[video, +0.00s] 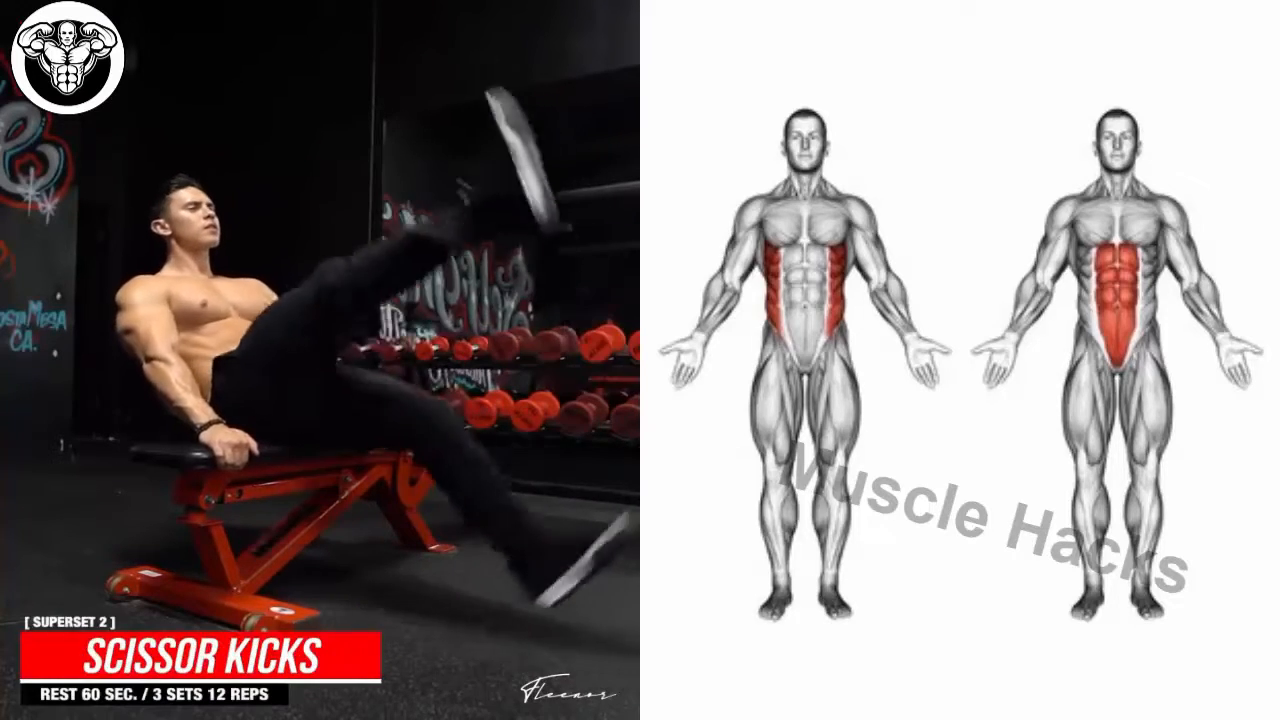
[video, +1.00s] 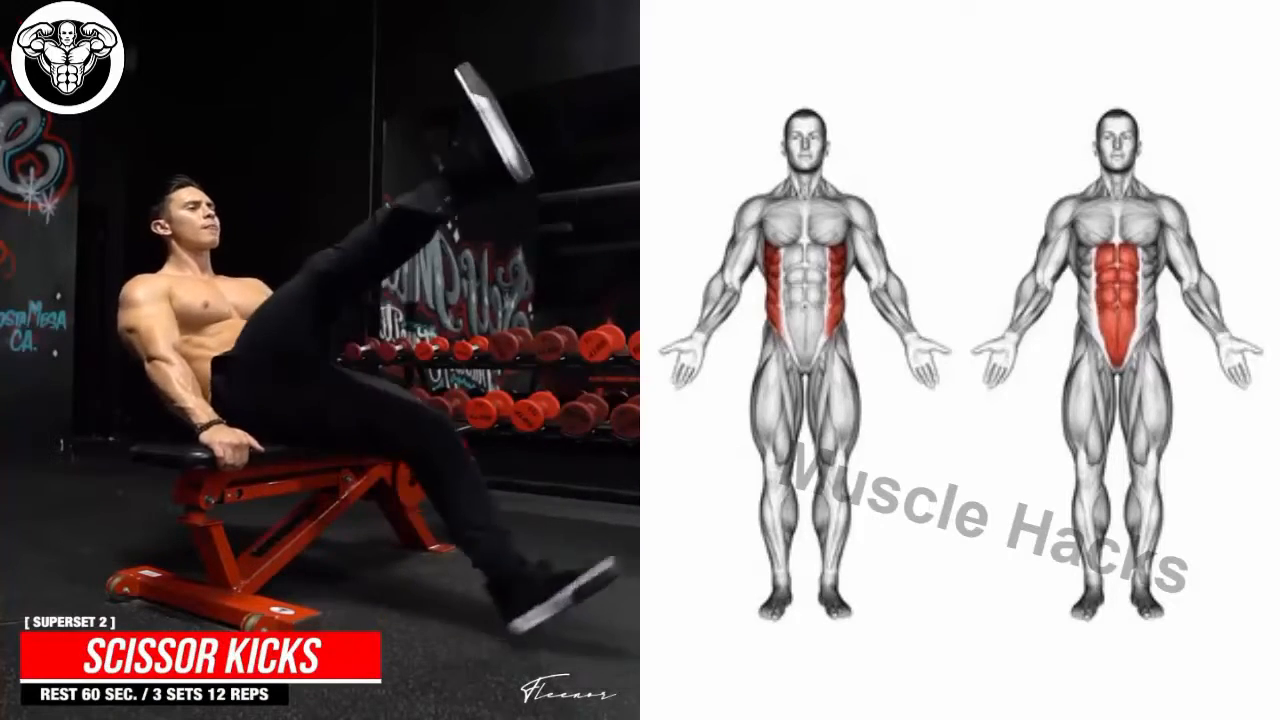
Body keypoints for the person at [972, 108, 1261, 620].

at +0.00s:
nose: (1116, 145)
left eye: (1124, 138)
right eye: (1109, 137)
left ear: (1137, 146)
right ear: (1097, 145)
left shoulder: (1164, 211)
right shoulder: (1070, 211)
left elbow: (1193, 282)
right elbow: (1041, 282)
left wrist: (1221, 335)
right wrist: (1012, 336)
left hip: (1144, 355)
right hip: (1089, 354)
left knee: (1145, 466)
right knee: (1088, 467)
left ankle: (1141, 582)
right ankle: (1092, 583)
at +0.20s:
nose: (1116, 145)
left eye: (1124, 138)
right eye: (1109, 137)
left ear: (1137, 146)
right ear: (1097, 145)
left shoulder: (1164, 211)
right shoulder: (1070, 211)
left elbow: (1193, 282)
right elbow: (1041, 282)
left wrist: (1221, 335)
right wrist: (1012, 336)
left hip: (1144, 355)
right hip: (1089, 354)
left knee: (1145, 466)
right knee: (1088, 467)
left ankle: (1141, 582)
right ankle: (1092, 583)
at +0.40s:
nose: (1116, 146)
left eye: (1124, 138)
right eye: (1109, 138)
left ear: (1137, 146)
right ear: (1097, 145)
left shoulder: (1164, 211)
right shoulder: (1070, 211)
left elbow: (1193, 282)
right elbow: (1041, 282)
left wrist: (1222, 335)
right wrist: (1012, 336)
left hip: (1144, 355)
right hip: (1089, 354)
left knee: (1145, 466)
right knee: (1088, 466)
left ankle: (1141, 581)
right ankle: (1092, 583)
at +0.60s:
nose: (1116, 145)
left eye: (1124, 138)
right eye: (1109, 137)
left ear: (1137, 146)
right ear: (1097, 145)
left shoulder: (1164, 211)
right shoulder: (1070, 211)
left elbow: (1192, 282)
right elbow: (1041, 282)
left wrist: (1221, 335)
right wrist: (1012, 336)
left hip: (1144, 355)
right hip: (1089, 354)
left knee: (1145, 467)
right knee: (1088, 466)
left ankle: (1141, 582)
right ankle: (1092, 583)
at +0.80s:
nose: (1116, 145)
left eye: (1124, 138)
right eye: (1109, 137)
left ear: (1137, 146)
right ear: (1097, 145)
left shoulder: (1164, 211)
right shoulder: (1070, 211)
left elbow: (1192, 282)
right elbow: (1041, 282)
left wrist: (1221, 335)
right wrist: (1012, 336)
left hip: (1144, 355)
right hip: (1089, 354)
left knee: (1145, 467)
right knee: (1088, 466)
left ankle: (1141, 582)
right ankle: (1092, 583)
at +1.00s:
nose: (1116, 145)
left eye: (1124, 138)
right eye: (1109, 137)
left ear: (1137, 146)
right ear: (1097, 145)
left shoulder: (1164, 211)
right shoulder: (1070, 211)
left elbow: (1193, 282)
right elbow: (1041, 282)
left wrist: (1221, 335)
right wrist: (1012, 336)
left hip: (1144, 355)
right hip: (1089, 354)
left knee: (1145, 466)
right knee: (1088, 466)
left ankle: (1141, 582)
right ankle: (1092, 583)